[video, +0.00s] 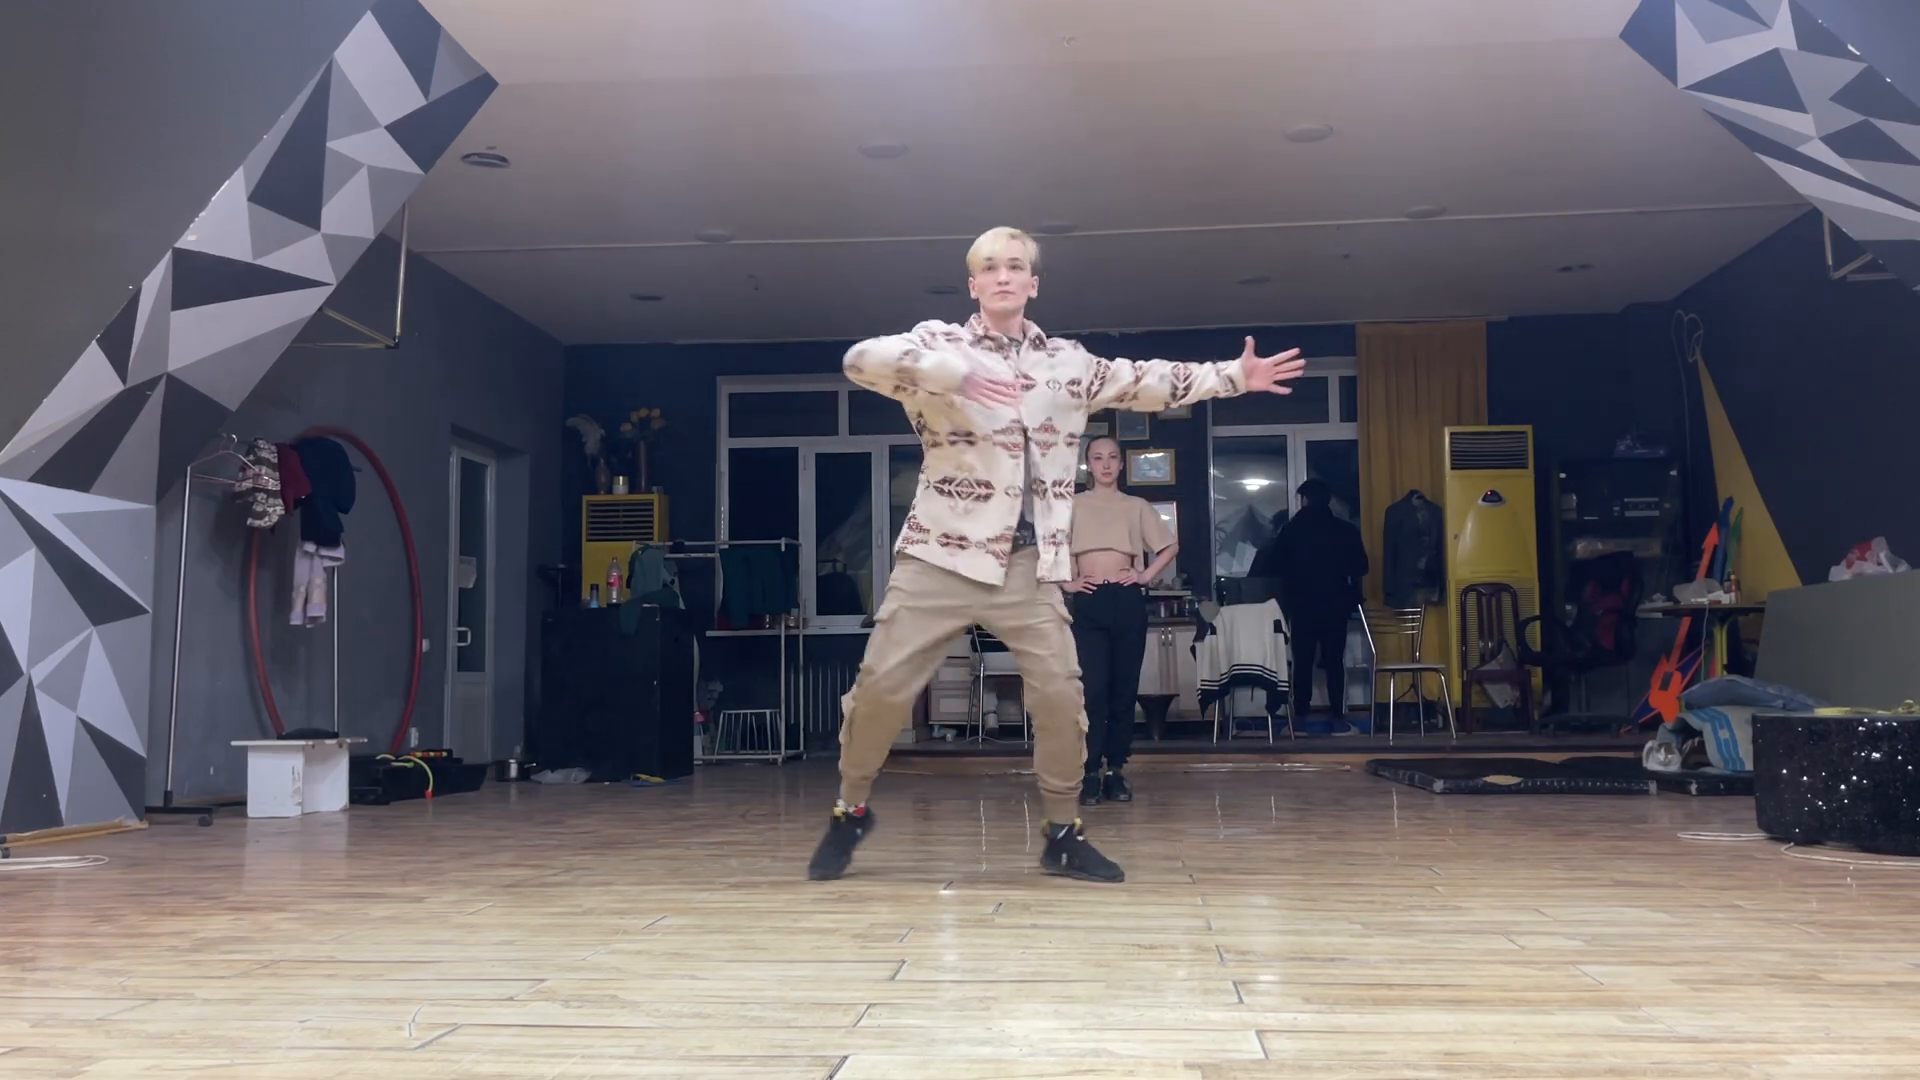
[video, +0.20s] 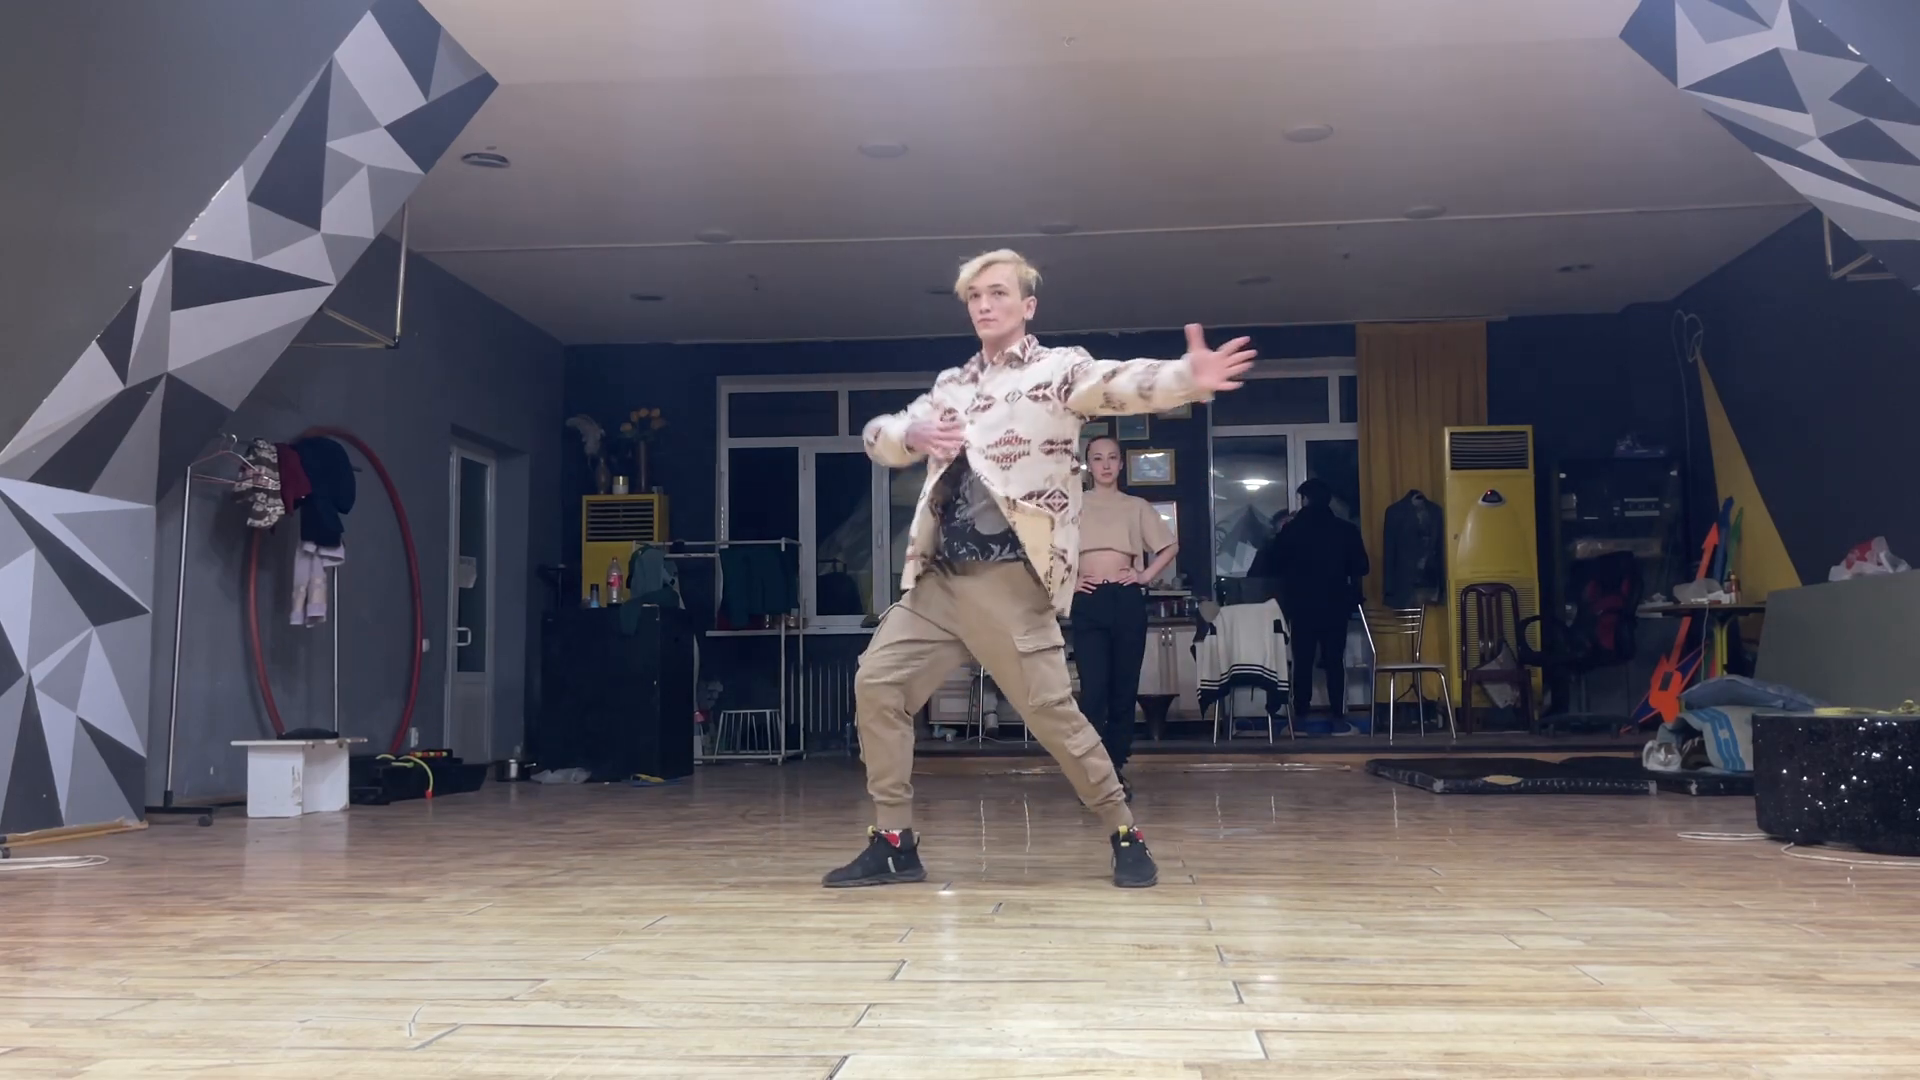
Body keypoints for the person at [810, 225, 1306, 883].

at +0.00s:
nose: (1004, 277)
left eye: (1016, 267)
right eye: (991, 267)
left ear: (1034, 282)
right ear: (971, 281)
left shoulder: (1068, 364)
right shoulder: (938, 343)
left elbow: (1145, 381)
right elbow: (861, 360)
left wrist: (1231, 376)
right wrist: (938, 371)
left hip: (1028, 571)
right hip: (937, 559)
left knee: (1061, 695)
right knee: (880, 685)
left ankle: (1062, 832)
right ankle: (849, 812)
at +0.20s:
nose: (983, 305)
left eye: (998, 293)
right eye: (974, 296)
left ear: (1028, 305)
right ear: (966, 307)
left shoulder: (1059, 367)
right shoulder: (952, 386)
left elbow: (1121, 382)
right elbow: (879, 438)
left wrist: (1187, 375)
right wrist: (906, 435)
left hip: (1007, 574)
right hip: (936, 578)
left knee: (1050, 711)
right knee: (876, 683)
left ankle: (1125, 834)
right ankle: (894, 841)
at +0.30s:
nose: (988, 329)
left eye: (1002, 316)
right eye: (979, 321)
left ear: (1036, 325)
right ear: (975, 335)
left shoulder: (1067, 382)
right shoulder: (966, 409)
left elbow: (1058, 399)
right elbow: (914, 485)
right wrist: (958, 461)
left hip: (1018, 576)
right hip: (947, 577)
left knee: (1053, 709)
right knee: (880, 683)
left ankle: (1128, 837)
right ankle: (894, 841)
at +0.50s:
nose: (967, 276)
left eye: (982, 265)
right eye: (961, 267)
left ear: (1015, 279)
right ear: (957, 280)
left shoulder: (1041, 331)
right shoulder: (943, 353)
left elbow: (1116, 303)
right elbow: (907, 369)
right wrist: (885, 320)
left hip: (1042, 554)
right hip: (964, 556)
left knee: (1105, 684)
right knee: (905, 672)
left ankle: (1173, 819)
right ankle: (906, 828)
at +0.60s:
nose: (956, 281)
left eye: (969, 271)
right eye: (949, 274)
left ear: (1004, 281)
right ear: (946, 287)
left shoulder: (1035, 334)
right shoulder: (942, 343)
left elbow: (1122, 330)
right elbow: (916, 339)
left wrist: (1226, 307)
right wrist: (893, 332)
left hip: (1030, 556)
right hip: (957, 560)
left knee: (1108, 679)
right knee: (901, 681)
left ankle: (1192, 813)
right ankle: (908, 836)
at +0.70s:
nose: (966, 292)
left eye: (980, 282)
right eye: (959, 284)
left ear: (1014, 298)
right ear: (952, 299)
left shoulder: (1046, 354)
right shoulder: (942, 363)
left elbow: (1121, 354)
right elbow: (893, 386)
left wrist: (1202, 351)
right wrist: (855, 392)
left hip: (1031, 581)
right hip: (959, 581)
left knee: (1083, 712)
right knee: (902, 692)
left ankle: (1182, 820)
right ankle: (912, 841)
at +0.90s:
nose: (1006, 312)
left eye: (1018, 300)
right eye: (996, 305)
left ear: (1047, 313)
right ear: (987, 319)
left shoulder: (1079, 368)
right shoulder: (977, 379)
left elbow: (1028, 413)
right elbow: (958, 442)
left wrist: (938, 388)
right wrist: (997, 373)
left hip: (1065, 578)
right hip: (989, 574)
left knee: (1098, 714)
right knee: (916, 687)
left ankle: (1162, 834)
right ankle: (914, 841)